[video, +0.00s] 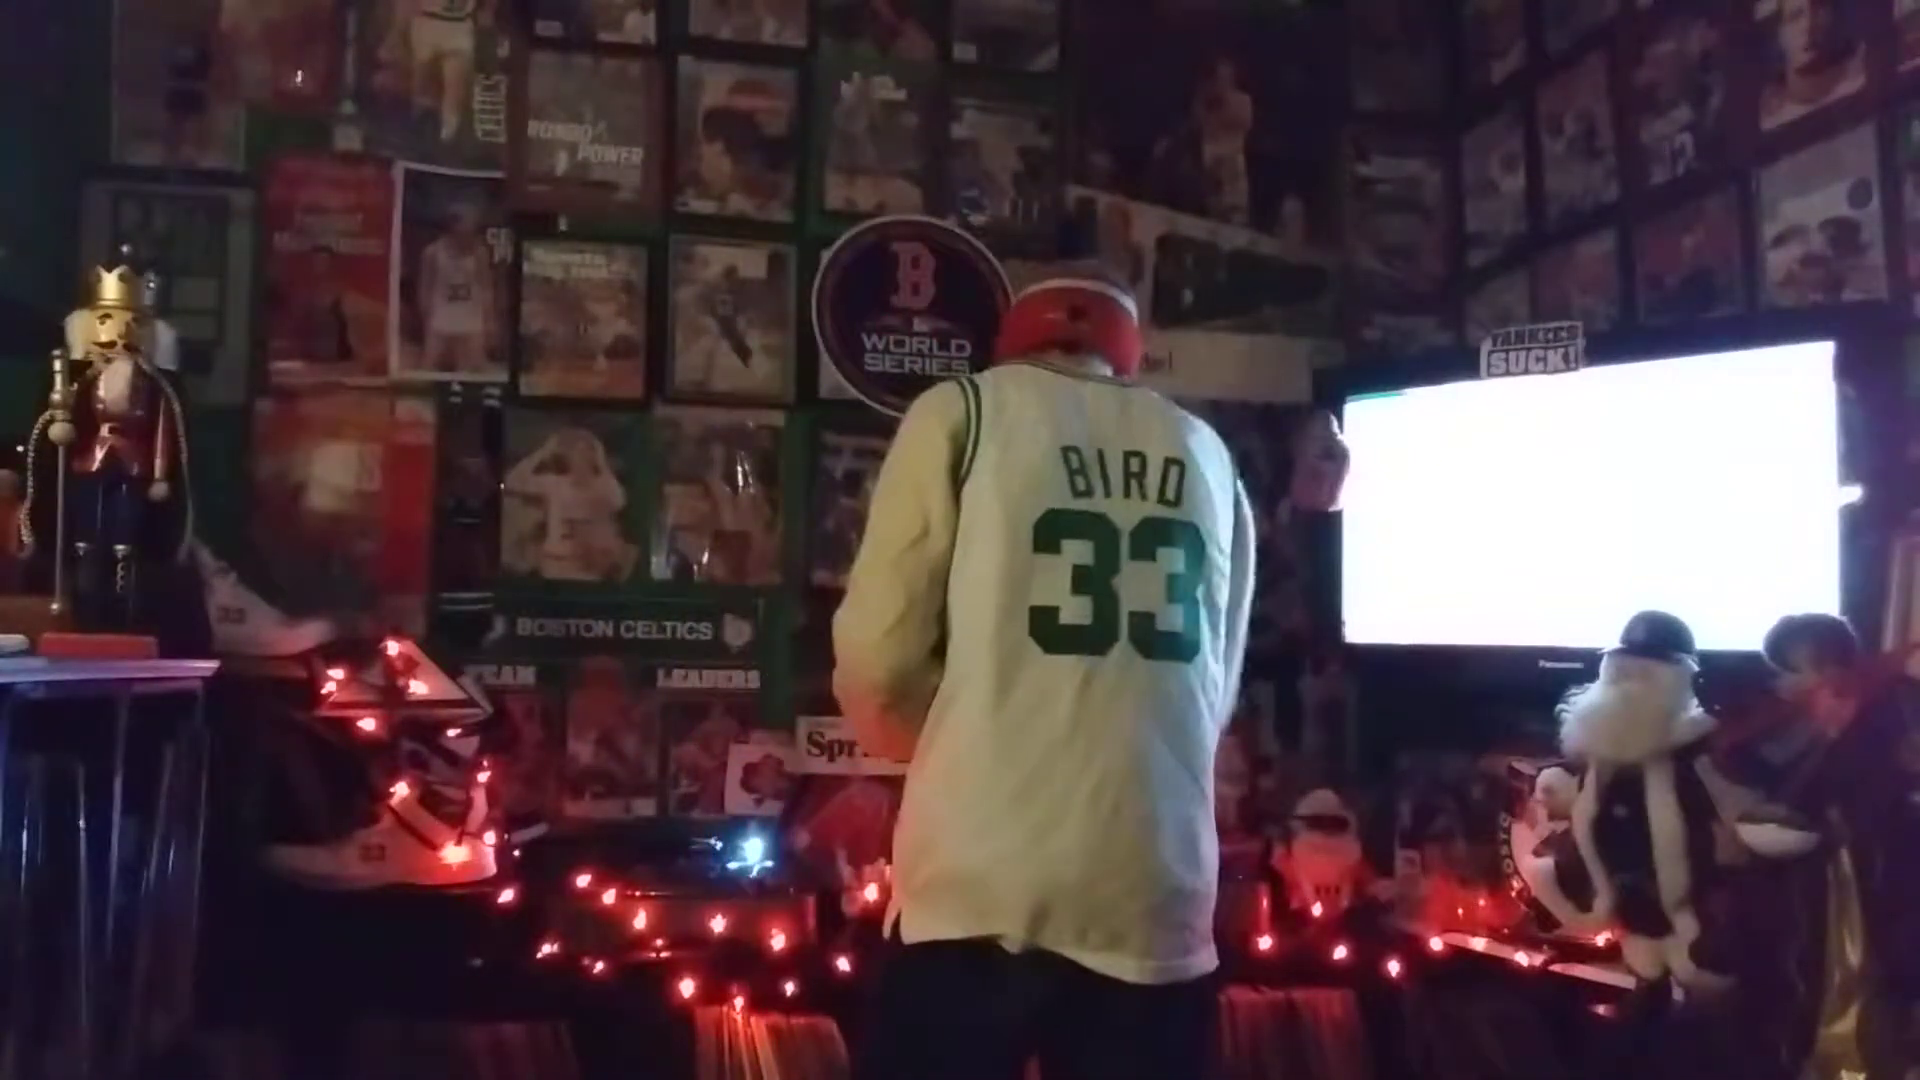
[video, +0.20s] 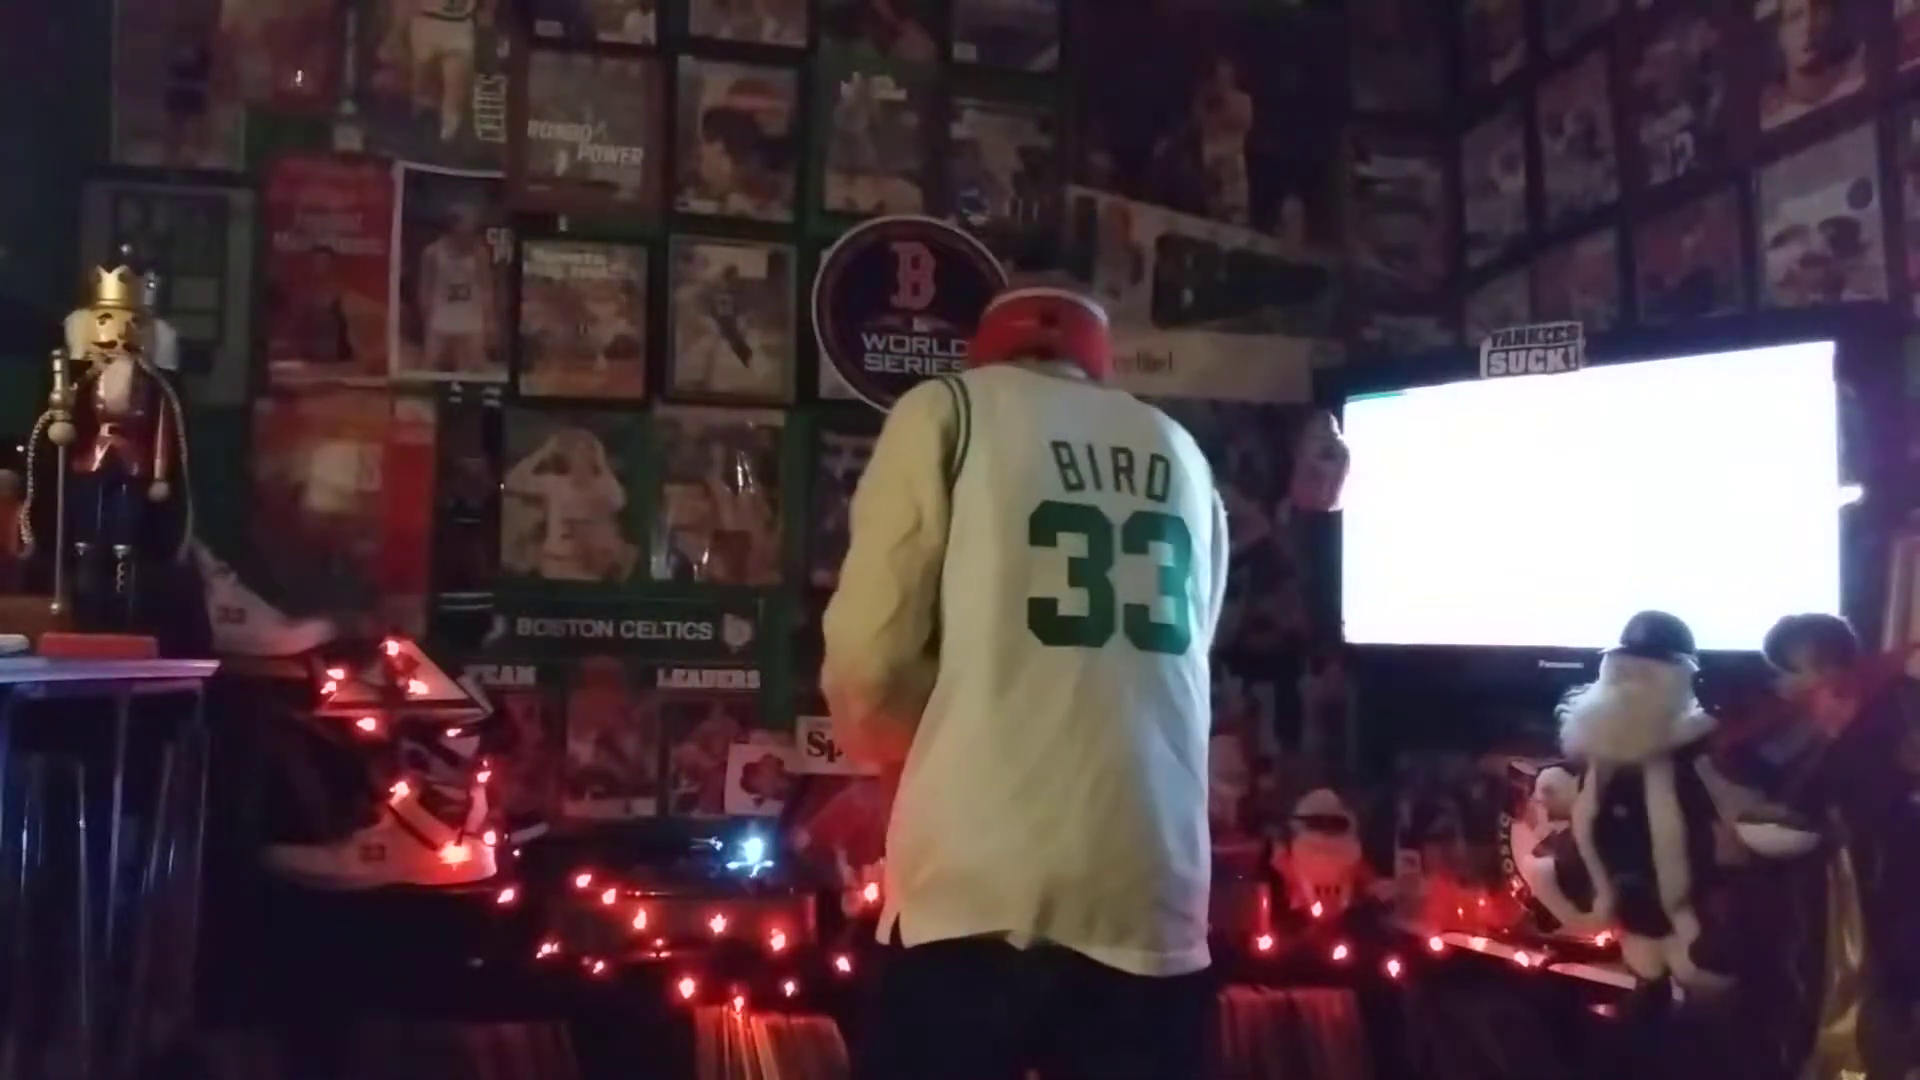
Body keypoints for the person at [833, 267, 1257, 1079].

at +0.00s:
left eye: (1004, 343)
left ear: (1011, 341)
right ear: (1134, 360)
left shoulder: (961, 411)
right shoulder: (1213, 455)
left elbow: (876, 661)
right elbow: (1216, 688)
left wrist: (950, 766)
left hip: (975, 884)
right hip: (1156, 903)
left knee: (933, 1061)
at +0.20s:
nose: (969, 366)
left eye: (974, 355)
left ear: (986, 350)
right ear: (1104, 370)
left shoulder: (946, 408)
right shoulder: (1187, 454)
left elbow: (866, 661)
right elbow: (1186, 653)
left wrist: (928, 765)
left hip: (976, 892)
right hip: (1153, 909)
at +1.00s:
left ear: (840, 344)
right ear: (977, 349)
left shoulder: (781, 426)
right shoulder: (1050, 449)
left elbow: (712, 673)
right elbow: (1084, 703)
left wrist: (817, 767)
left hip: (847, 928)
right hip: (1043, 932)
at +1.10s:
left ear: (833, 345)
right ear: (971, 355)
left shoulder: (768, 427)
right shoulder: (1037, 449)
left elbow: (699, 675)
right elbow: (1077, 696)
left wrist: (812, 762)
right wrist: (994, 790)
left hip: (829, 903)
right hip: (1022, 905)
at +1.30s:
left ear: (828, 341)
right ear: (960, 355)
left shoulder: (747, 430)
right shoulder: (1018, 449)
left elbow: (676, 670)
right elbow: (1069, 690)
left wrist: (793, 759)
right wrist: (1017, 819)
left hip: (807, 909)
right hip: (1001, 907)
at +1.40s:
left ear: (827, 345)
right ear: (955, 361)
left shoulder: (740, 431)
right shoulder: (1013, 450)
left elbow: (670, 673)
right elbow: (1064, 691)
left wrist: (791, 758)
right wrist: (1016, 815)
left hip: (799, 905)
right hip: (992, 904)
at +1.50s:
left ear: (825, 344)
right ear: (952, 360)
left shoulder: (736, 431)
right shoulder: (1010, 449)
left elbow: (665, 671)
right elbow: (1061, 690)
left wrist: (783, 761)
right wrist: (1016, 819)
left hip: (792, 904)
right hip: (985, 904)